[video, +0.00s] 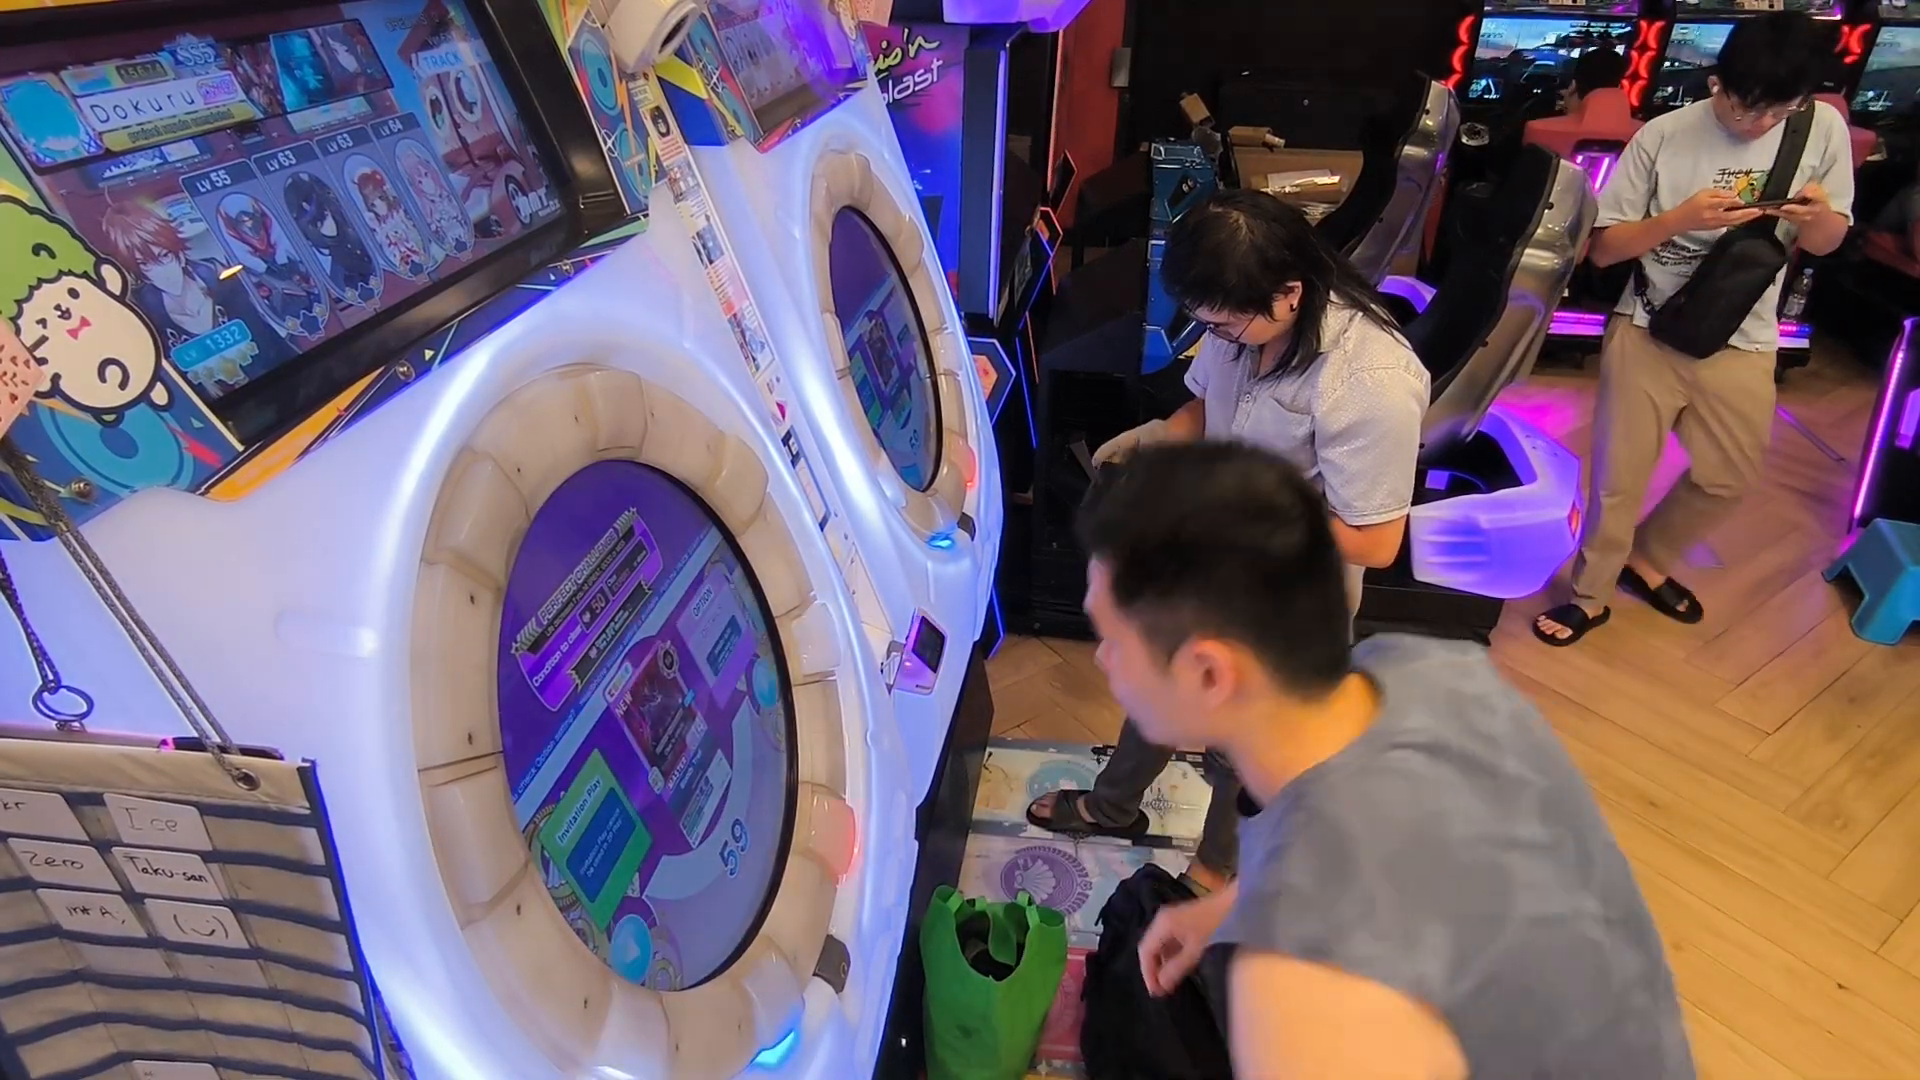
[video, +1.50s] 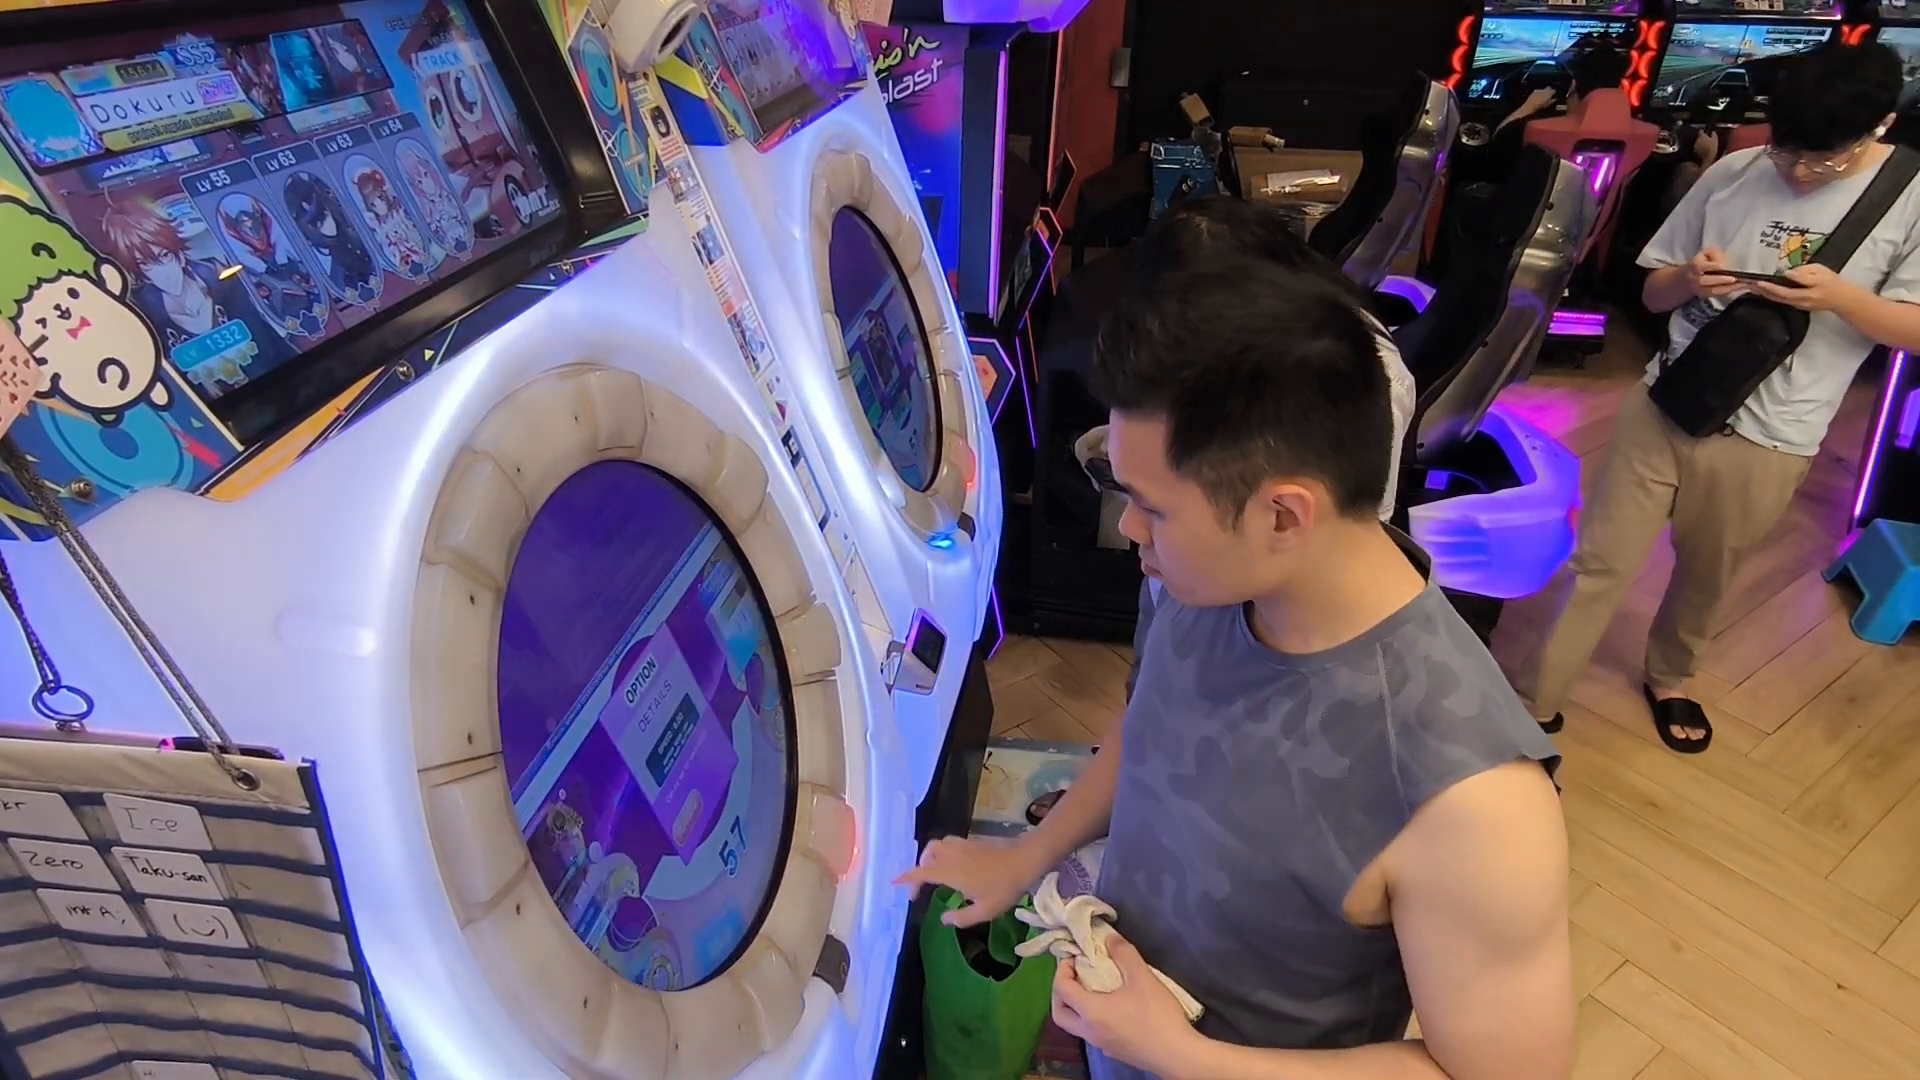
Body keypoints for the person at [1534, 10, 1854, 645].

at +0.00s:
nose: (1750, 121)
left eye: (1767, 111)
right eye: (1742, 105)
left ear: (1795, 99)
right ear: (1719, 79)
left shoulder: (1821, 130)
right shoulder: (1661, 138)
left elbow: (1826, 240)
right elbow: (1602, 247)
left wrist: (1815, 218)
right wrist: (1679, 219)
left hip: (1744, 348)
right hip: (1649, 335)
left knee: (1728, 476)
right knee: (1620, 478)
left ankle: (1646, 559)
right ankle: (1588, 595)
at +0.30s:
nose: (1755, 131)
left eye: (1773, 120)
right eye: (1744, 114)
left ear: (1801, 102)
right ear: (1720, 89)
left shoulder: (1831, 138)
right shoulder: (1665, 141)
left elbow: (1842, 254)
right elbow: (1603, 253)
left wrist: (1818, 228)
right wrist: (1669, 230)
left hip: (1740, 362)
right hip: (1643, 346)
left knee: (1710, 512)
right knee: (1613, 491)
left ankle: (1684, 644)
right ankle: (1588, 598)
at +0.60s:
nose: (1789, 146)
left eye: (1809, 133)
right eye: (1776, 127)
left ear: (1838, 116)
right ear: (1753, 100)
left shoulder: (1873, 162)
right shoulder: (1699, 150)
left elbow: (1872, 281)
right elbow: (1627, 263)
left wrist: (1837, 254)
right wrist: (1698, 239)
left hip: (1756, 388)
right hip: (1659, 364)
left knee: (1707, 539)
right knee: (1619, 502)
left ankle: (1670, 674)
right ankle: (1587, 599)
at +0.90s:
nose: (1849, 153)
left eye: (1871, 140)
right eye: (1835, 134)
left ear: (1898, 123)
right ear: (1808, 105)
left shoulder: (1907, 188)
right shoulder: (1747, 158)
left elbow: (1913, 302)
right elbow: (1667, 275)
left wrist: (1883, 269)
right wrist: (1730, 258)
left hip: (1796, 414)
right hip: (1695, 380)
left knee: (1726, 555)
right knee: (1635, 509)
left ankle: (1671, 674)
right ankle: (1596, 601)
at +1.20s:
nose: (1858, 159)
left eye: (1880, 147)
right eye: (1844, 138)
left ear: (1912, 135)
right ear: (1828, 112)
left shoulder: (1919, 204)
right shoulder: (1774, 159)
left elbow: (1919, 322)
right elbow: (1680, 274)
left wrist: (1889, 290)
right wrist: (1734, 266)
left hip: (1796, 428)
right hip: (1696, 386)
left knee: (1722, 564)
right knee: (1627, 536)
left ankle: (1672, 677)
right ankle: (1614, 656)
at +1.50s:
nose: (1798, 168)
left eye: (1821, 157)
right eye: (1788, 146)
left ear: (1871, 135)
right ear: (1777, 120)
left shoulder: (1907, 198)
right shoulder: (1736, 172)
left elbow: (1915, 329)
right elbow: (1650, 293)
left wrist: (1841, 297)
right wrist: (1689, 277)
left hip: (1768, 440)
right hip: (1666, 403)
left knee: (1710, 573)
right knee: (1597, 560)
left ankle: (1669, 676)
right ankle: (1538, 708)